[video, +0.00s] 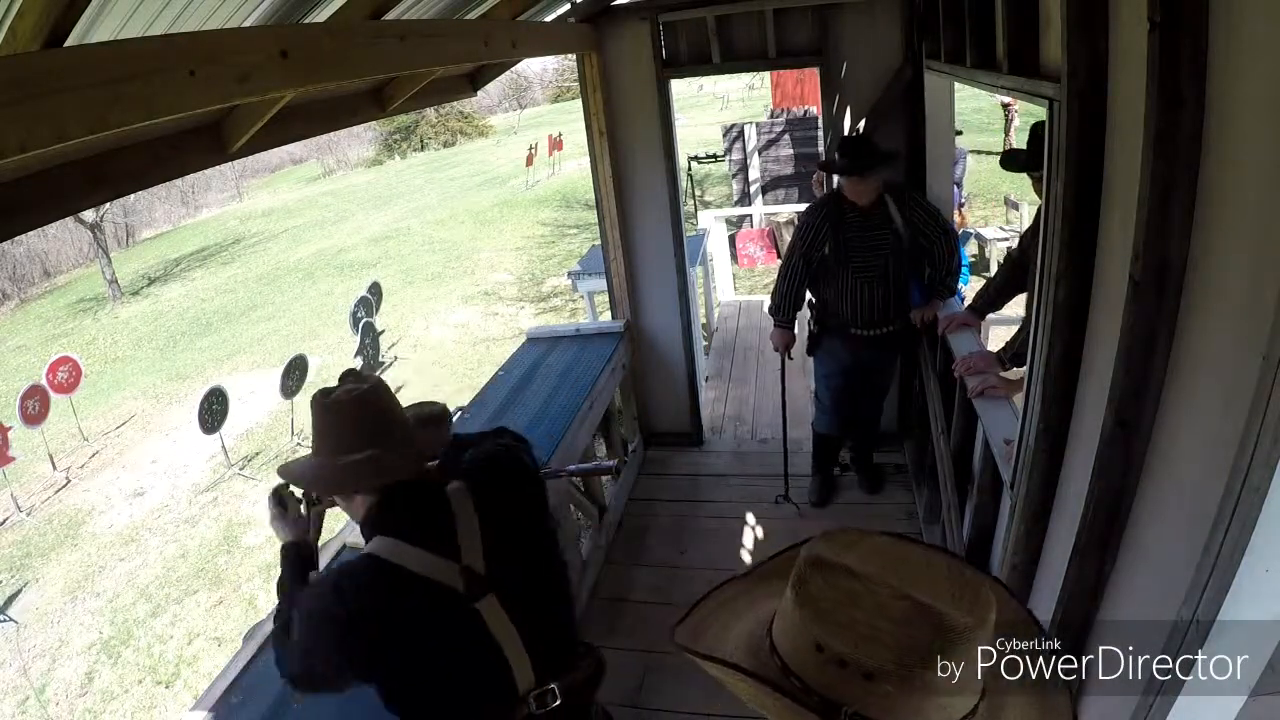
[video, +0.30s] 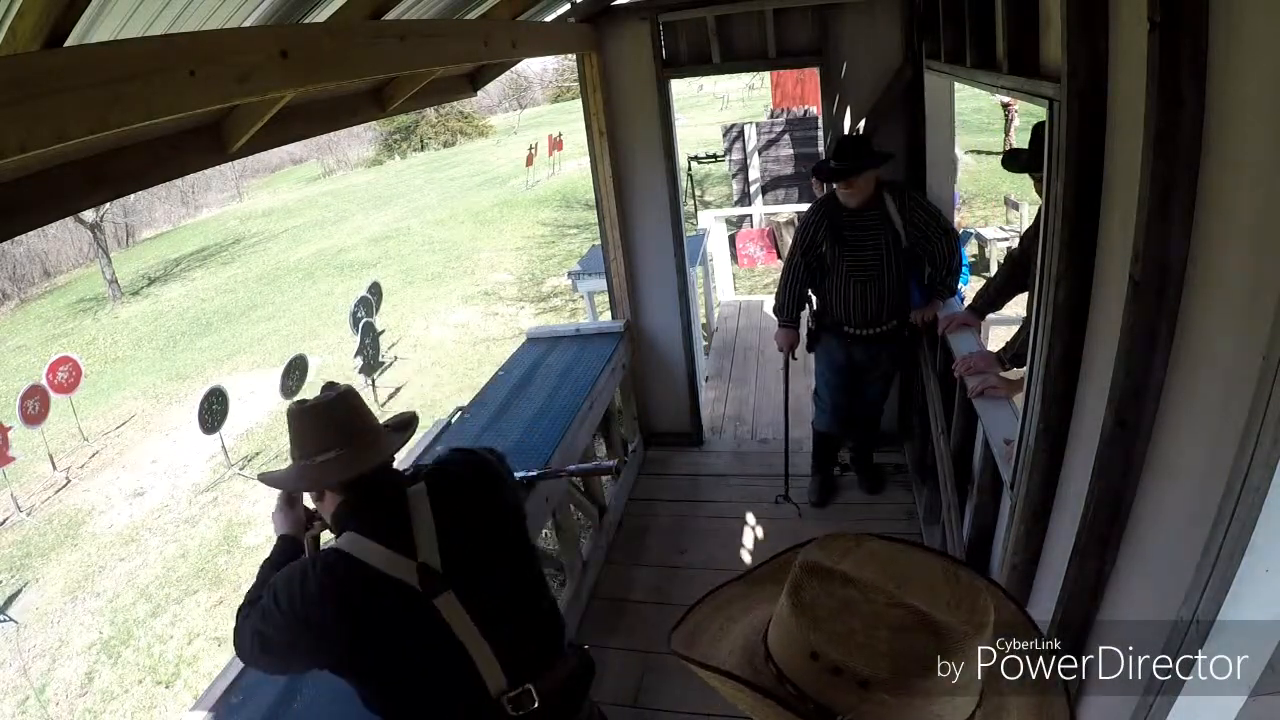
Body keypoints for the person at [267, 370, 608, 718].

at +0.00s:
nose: (324, 492)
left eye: (327, 482)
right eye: (324, 482)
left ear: (345, 491)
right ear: (413, 451)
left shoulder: (355, 594)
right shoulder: (502, 483)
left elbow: (298, 662)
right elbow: (507, 443)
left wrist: (296, 548)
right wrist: (440, 446)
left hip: (474, 719)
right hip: (572, 694)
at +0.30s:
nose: (303, 497)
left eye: (303, 488)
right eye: (303, 489)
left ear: (319, 493)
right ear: (389, 452)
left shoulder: (321, 590)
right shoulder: (477, 478)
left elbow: (251, 636)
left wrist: (288, 543)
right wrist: (349, 502)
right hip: (563, 686)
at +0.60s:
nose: (303, 492)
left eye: (303, 481)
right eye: (300, 482)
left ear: (318, 485)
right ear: (384, 452)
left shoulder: (312, 589)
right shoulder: (464, 473)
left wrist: (278, 579)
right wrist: (338, 509)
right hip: (553, 682)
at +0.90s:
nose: (300, 495)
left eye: (300, 486)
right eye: (298, 486)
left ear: (312, 491)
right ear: (379, 458)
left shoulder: (306, 592)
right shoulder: (451, 479)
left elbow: (280, 641)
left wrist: (257, 549)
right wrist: (334, 507)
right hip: (549, 681)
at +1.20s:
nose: (311, 481)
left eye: (314, 473)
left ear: (325, 481)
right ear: (393, 451)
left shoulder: (310, 577)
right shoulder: (464, 478)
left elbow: (283, 622)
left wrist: (276, 528)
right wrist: (354, 487)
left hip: (439, 716)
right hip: (547, 683)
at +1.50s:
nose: (342, 465)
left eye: (342, 457)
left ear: (351, 466)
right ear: (421, 435)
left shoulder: (325, 559)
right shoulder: (488, 464)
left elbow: (287, 591)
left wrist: (282, 510)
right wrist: (380, 476)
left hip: (435, 715)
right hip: (546, 685)